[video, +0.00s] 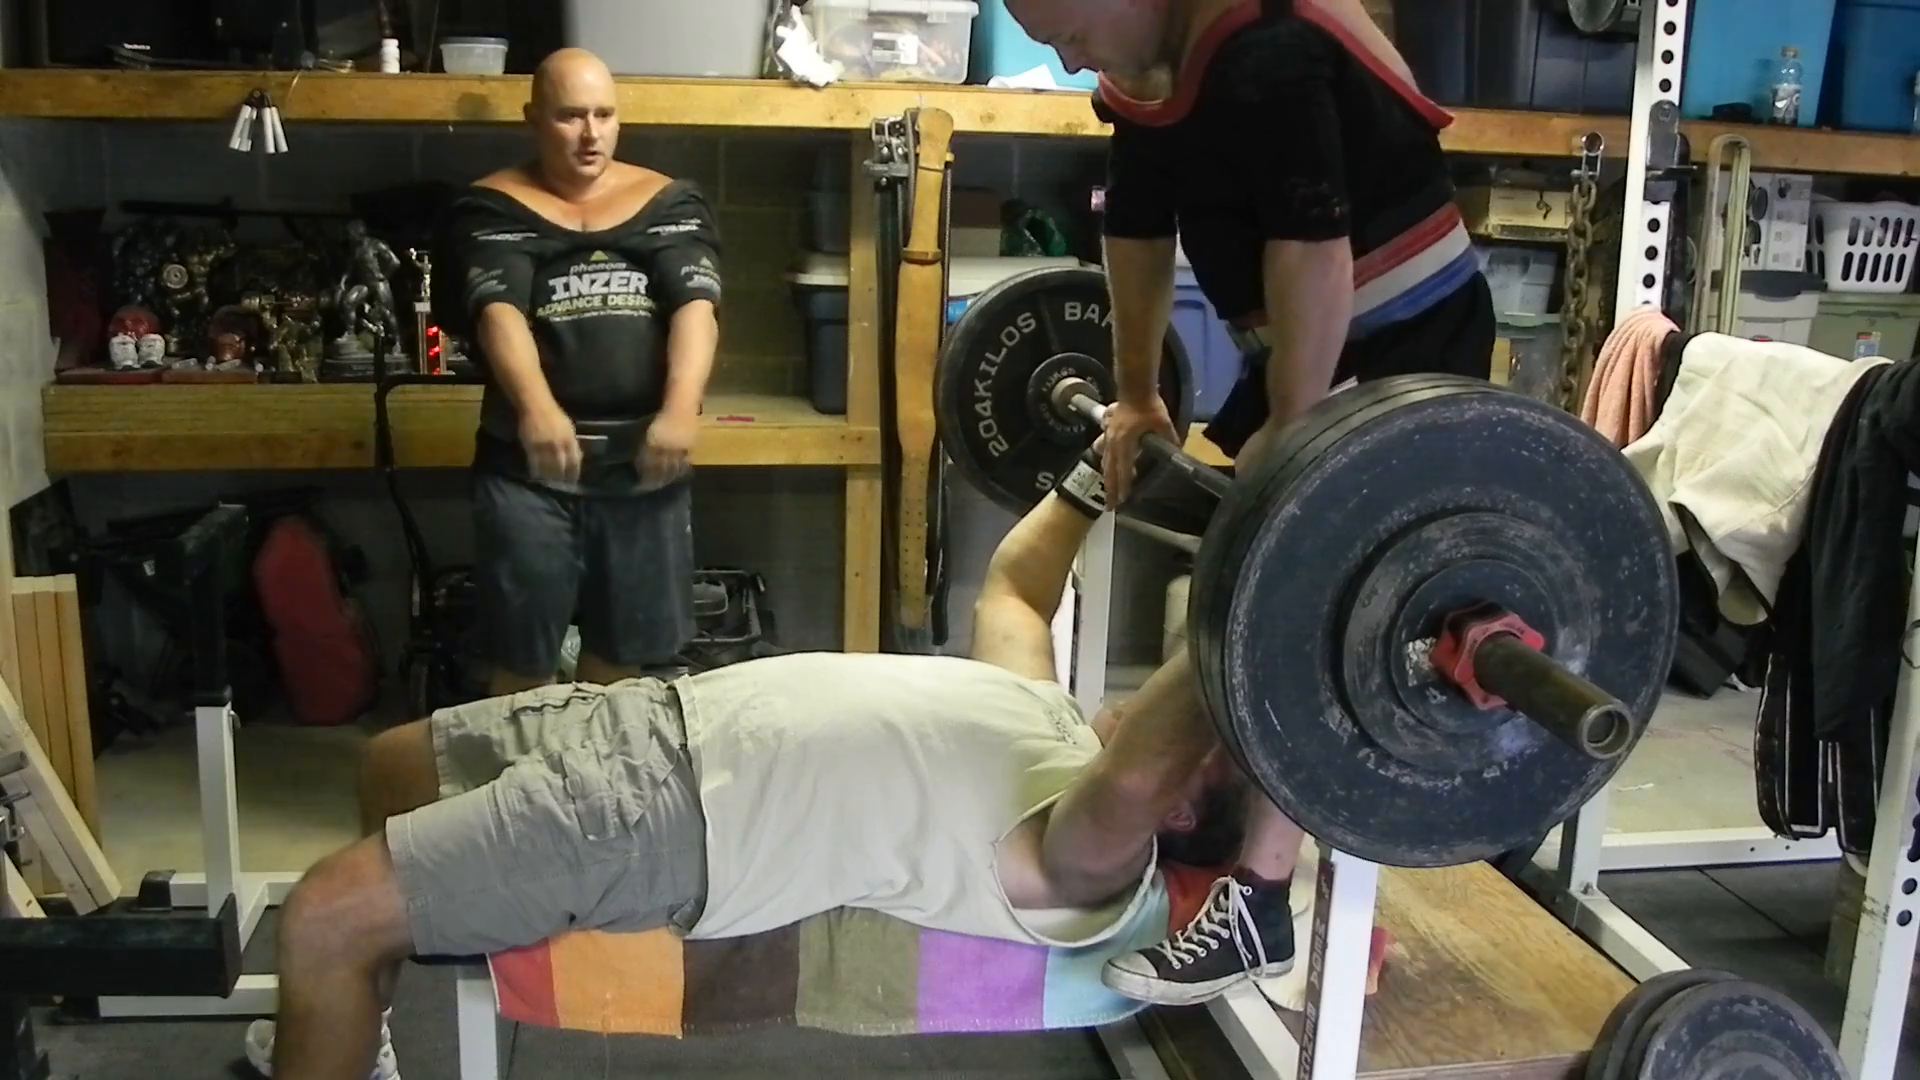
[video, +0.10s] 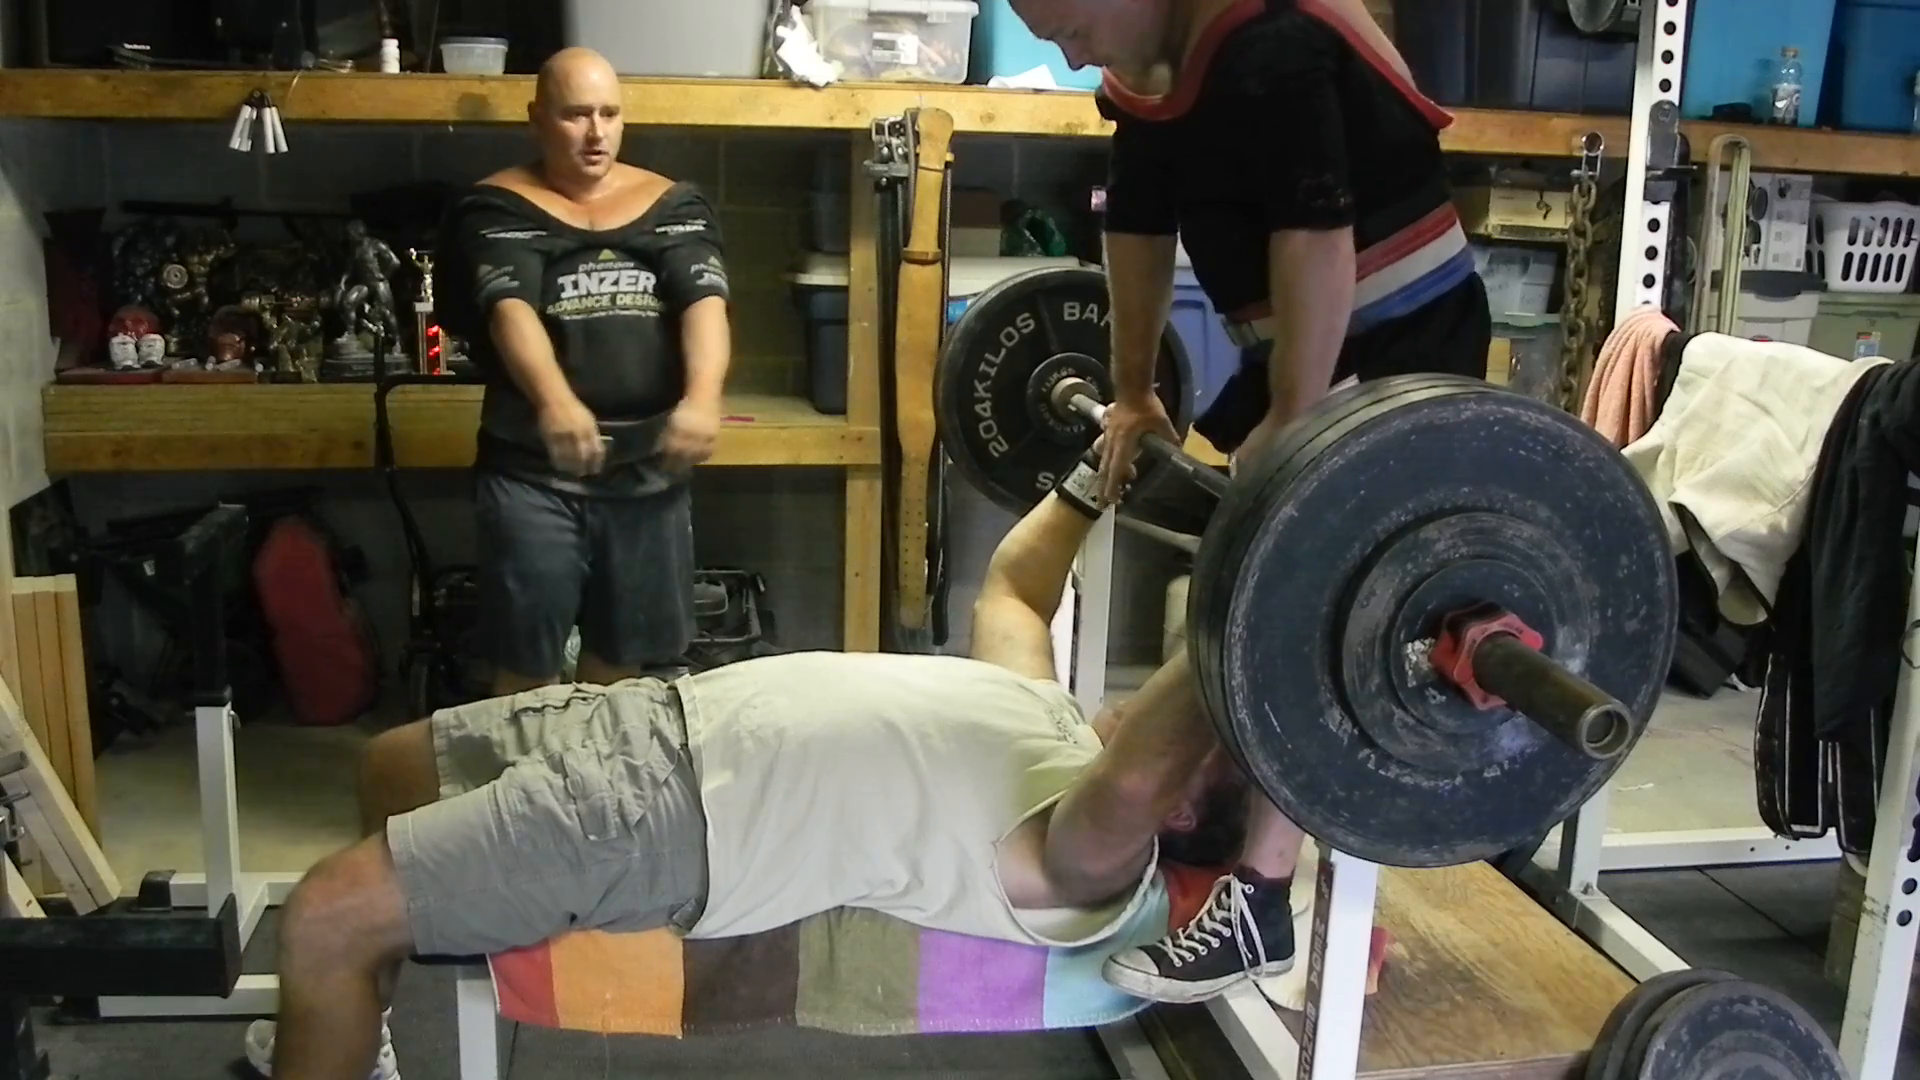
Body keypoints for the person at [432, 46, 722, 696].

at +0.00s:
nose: (589, 131)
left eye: (602, 114)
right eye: (570, 116)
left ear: (618, 117)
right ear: (535, 119)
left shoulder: (667, 199)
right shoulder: (493, 204)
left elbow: (696, 302)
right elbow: (497, 311)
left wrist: (680, 411)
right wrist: (537, 407)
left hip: (646, 469)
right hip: (529, 470)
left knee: (623, 656)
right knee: (522, 663)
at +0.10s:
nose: (595, 130)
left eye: (608, 113)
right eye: (576, 114)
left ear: (622, 117)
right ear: (538, 119)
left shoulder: (673, 201)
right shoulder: (499, 205)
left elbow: (705, 300)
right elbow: (508, 310)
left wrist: (702, 401)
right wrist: (556, 401)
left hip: (650, 479)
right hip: (531, 479)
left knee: (625, 662)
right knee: (526, 668)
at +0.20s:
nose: (605, 127)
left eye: (616, 110)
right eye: (585, 110)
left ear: (629, 116)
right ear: (545, 117)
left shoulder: (672, 203)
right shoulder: (501, 205)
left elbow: (712, 295)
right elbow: (522, 306)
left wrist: (725, 392)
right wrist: (589, 391)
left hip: (650, 475)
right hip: (535, 476)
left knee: (624, 665)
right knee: (536, 673)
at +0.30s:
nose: (615, 134)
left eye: (625, 116)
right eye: (596, 117)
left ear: (637, 118)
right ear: (548, 117)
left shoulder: (671, 205)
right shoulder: (503, 204)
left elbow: (718, 293)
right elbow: (529, 308)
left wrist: (747, 388)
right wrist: (619, 381)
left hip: (651, 479)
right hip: (541, 480)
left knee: (639, 674)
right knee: (546, 679)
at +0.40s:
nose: (621, 141)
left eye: (630, 122)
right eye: (602, 122)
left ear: (640, 120)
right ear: (549, 120)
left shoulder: (670, 208)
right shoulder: (503, 209)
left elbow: (721, 301)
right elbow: (543, 319)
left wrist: (762, 398)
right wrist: (646, 388)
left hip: (652, 488)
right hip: (546, 487)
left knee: (649, 687)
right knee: (553, 693)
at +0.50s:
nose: (623, 142)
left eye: (630, 124)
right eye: (603, 126)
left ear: (636, 120)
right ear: (545, 123)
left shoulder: (663, 210)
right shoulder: (501, 216)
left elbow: (721, 312)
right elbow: (560, 335)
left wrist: (770, 418)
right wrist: (666, 415)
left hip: (654, 494)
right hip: (554, 497)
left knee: (646, 696)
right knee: (559, 703)